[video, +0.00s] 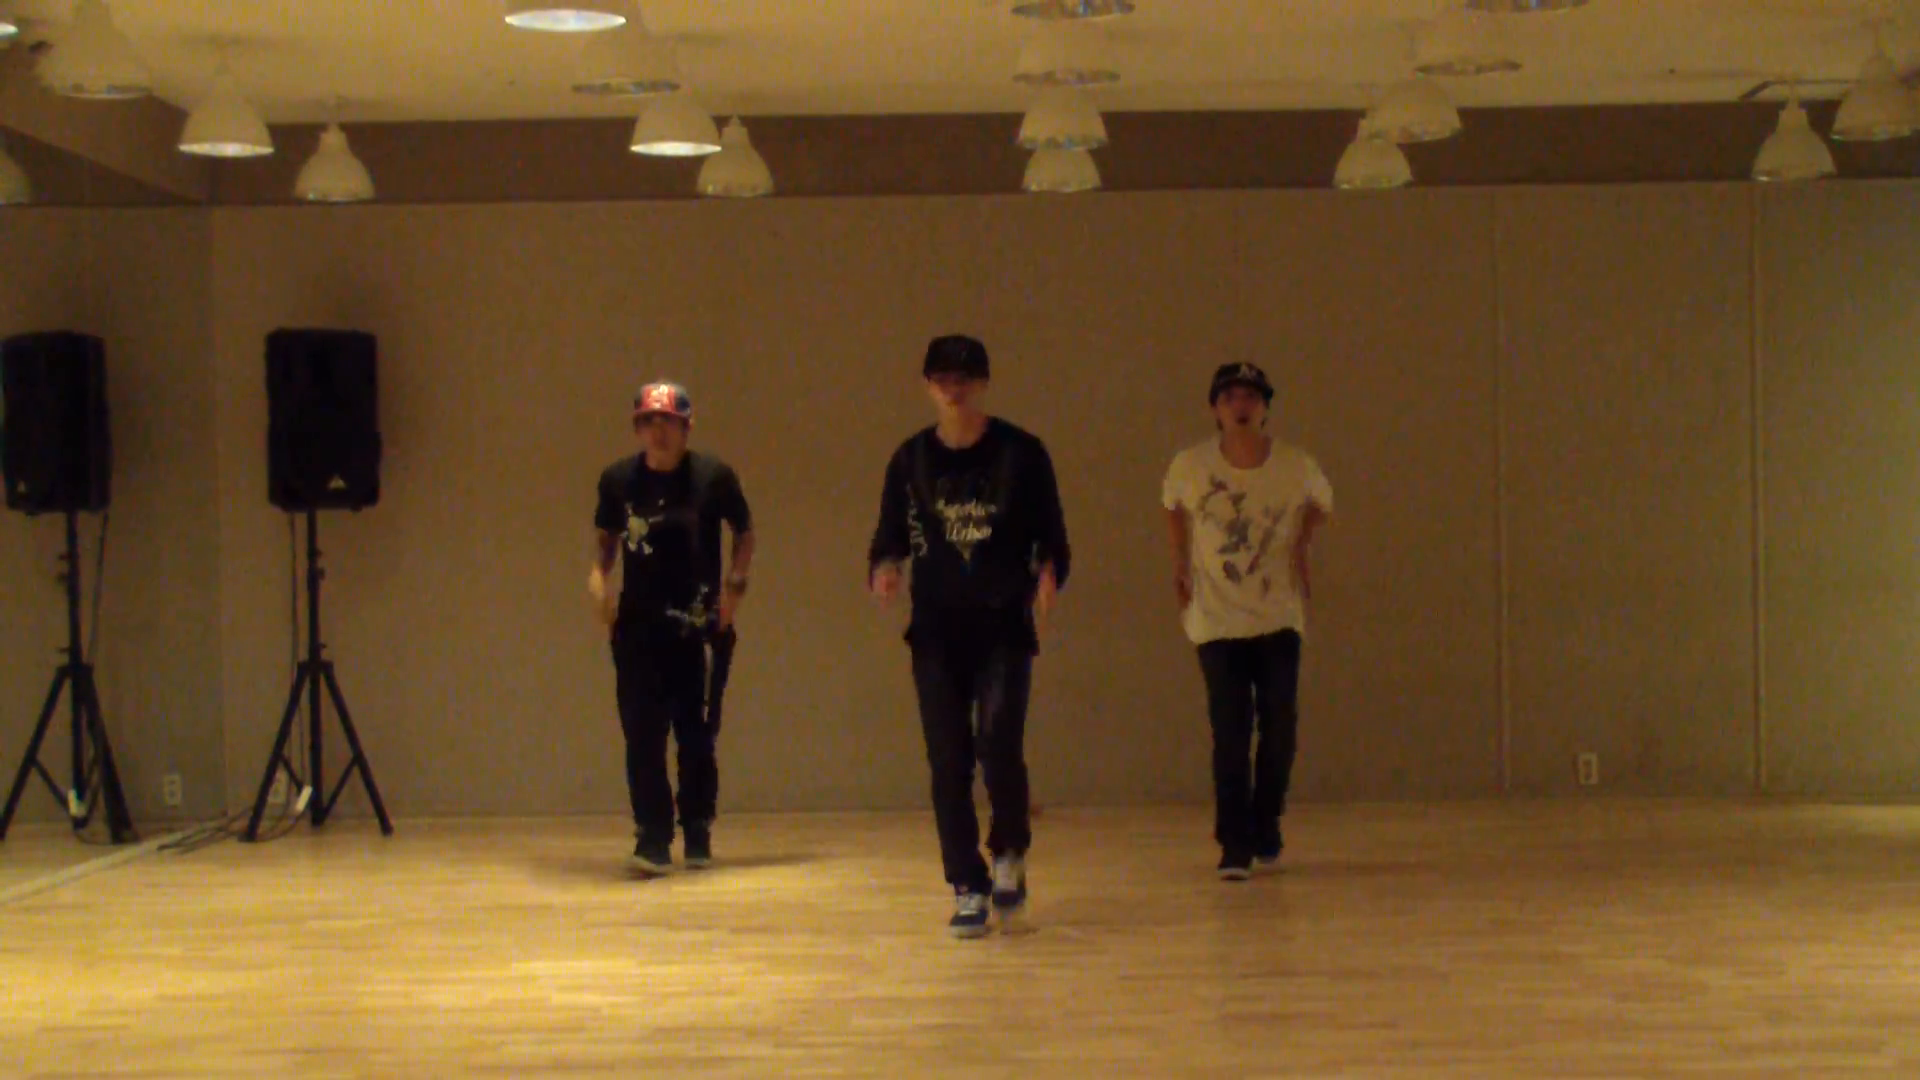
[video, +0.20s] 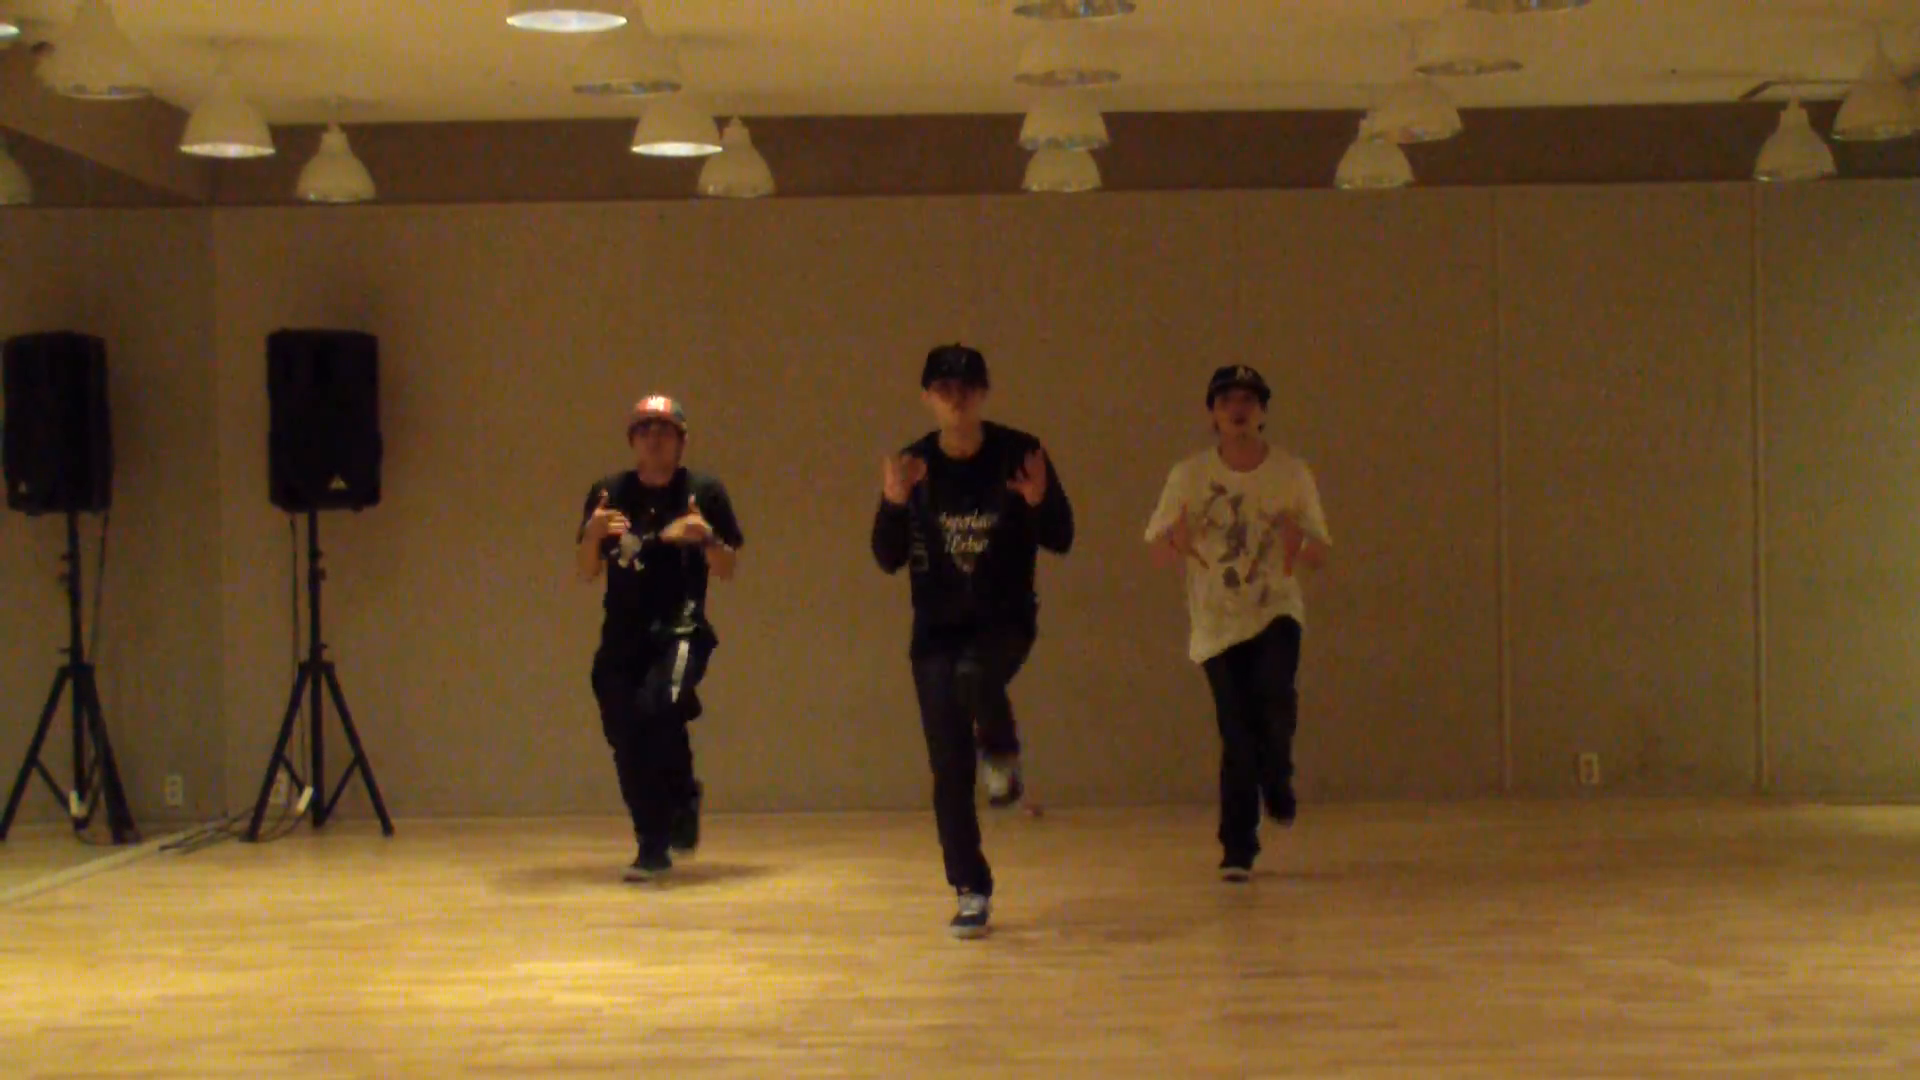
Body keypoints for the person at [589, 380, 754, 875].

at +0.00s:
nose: (658, 429)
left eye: (667, 420)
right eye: (650, 421)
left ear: (686, 425)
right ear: (637, 427)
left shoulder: (714, 478)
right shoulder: (619, 480)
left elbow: (744, 531)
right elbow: (606, 540)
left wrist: (733, 589)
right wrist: (601, 582)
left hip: (699, 631)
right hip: (638, 628)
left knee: (696, 737)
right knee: (643, 739)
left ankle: (698, 830)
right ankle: (652, 839)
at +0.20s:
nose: (654, 439)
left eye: (663, 431)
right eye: (644, 431)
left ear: (681, 440)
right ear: (632, 440)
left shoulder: (704, 493)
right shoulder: (610, 494)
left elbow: (726, 568)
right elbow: (588, 572)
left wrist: (705, 537)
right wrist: (594, 537)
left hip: (680, 629)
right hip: (624, 630)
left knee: (659, 709)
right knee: (625, 736)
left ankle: (682, 802)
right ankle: (651, 841)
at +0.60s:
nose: (640, 465)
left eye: (650, 456)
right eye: (631, 456)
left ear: (667, 465)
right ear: (617, 466)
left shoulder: (679, 519)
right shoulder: (600, 514)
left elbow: (695, 505)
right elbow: (579, 505)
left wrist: (711, 481)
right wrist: (562, 489)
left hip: (662, 637)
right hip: (604, 642)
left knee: (643, 700)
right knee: (603, 751)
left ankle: (617, 783)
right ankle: (652, 832)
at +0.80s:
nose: (620, 452)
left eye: (630, 443)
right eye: (610, 444)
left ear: (648, 453)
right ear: (598, 455)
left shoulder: (681, 508)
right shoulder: (578, 513)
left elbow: (746, 553)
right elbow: (523, 562)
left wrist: (807, 595)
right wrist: (488, 582)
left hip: (661, 647)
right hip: (601, 645)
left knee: (637, 745)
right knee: (583, 745)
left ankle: (649, 868)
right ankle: (595, 867)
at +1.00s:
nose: (624, 458)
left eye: (635, 448)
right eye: (614, 448)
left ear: (652, 460)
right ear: (599, 457)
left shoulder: (674, 530)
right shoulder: (571, 512)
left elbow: (697, 617)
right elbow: (563, 580)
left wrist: (712, 695)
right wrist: (605, 582)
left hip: (649, 663)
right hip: (593, 657)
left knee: (617, 769)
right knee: (562, 757)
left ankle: (645, 871)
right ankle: (673, 760)